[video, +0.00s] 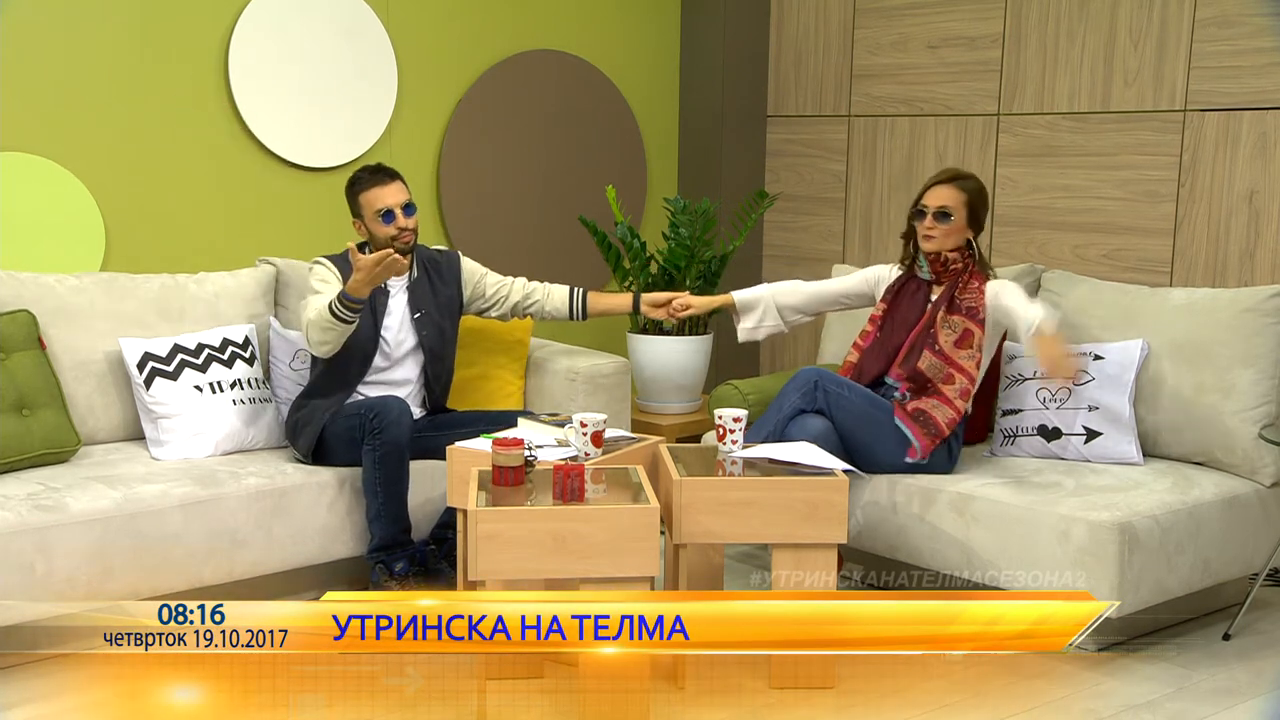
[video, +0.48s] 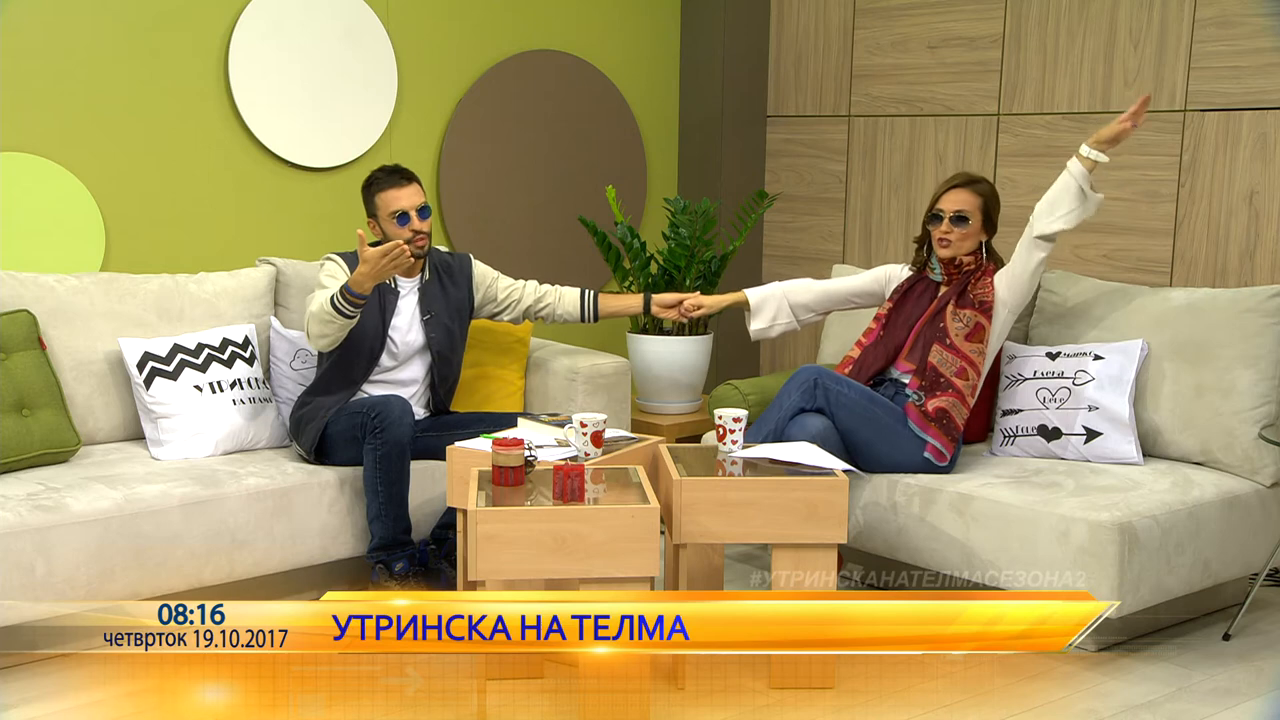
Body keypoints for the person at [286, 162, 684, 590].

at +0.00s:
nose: (403, 224)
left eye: (408, 210)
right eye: (387, 216)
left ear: (416, 211)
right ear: (360, 225)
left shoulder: (447, 270)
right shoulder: (332, 274)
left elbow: (529, 297)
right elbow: (320, 342)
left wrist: (639, 302)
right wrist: (358, 288)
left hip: (418, 421)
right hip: (331, 424)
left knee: (520, 430)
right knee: (391, 412)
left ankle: (440, 550)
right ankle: (391, 561)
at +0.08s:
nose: (406, 225)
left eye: (411, 211)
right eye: (390, 218)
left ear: (420, 211)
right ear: (363, 227)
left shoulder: (450, 270)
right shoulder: (335, 273)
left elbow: (533, 298)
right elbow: (319, 341)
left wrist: (642, 302)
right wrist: (360, 287)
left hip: (418, 421)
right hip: (332, 424)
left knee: (521, 430)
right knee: (391, 411)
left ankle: (441, 549)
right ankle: (390, 560)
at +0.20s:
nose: (411, 226)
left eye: (416, 212)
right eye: (395, 218)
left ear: (425, 211)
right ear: (367, 227)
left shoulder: (455, 272)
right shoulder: (340, 273)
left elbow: (537, 298)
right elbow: (319, 339)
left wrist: (646, 301)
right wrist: (360, 286)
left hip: (419, 421)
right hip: (333, 423)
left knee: (521, 431)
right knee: (392, 411)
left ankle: (442, 550)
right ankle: (391, 561)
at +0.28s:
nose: (414, 225)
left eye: (419, 212)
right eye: (398, 217)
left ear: (428, 211)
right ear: (370, 225)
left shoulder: (457, 272)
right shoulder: (342, 272)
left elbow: (539, 298)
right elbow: (319, 338)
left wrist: (648, 301)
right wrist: (361, 285)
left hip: (419, 421)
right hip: (333, 423)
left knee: (519, 431)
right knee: (393, 411)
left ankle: (442, 551)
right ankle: (392, 561)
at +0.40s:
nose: (416, 226)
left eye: (421, 212)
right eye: (400, 217)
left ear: (430, 212)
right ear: (372, 225)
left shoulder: (458, 273)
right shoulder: (344, 271)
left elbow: (542, 300)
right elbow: (319, 336)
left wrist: (649, 303)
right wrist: (362, 284)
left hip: (417, 421)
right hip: (332, 423)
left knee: (515, 431)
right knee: (393, 411)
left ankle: (442, 551)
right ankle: (392, 560)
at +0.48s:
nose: (417, 226)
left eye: (422, 212)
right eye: (401, 217)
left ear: (431, 213)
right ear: (373, 226)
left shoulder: (459, 273)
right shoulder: (344, 271)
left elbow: (543, 300)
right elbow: (319, 336)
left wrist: (650, 303)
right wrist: (362, 283)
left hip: (417, 421)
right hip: (332, 424)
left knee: (515, 431)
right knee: (393, 410)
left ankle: (442, 551)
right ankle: (392, 560)